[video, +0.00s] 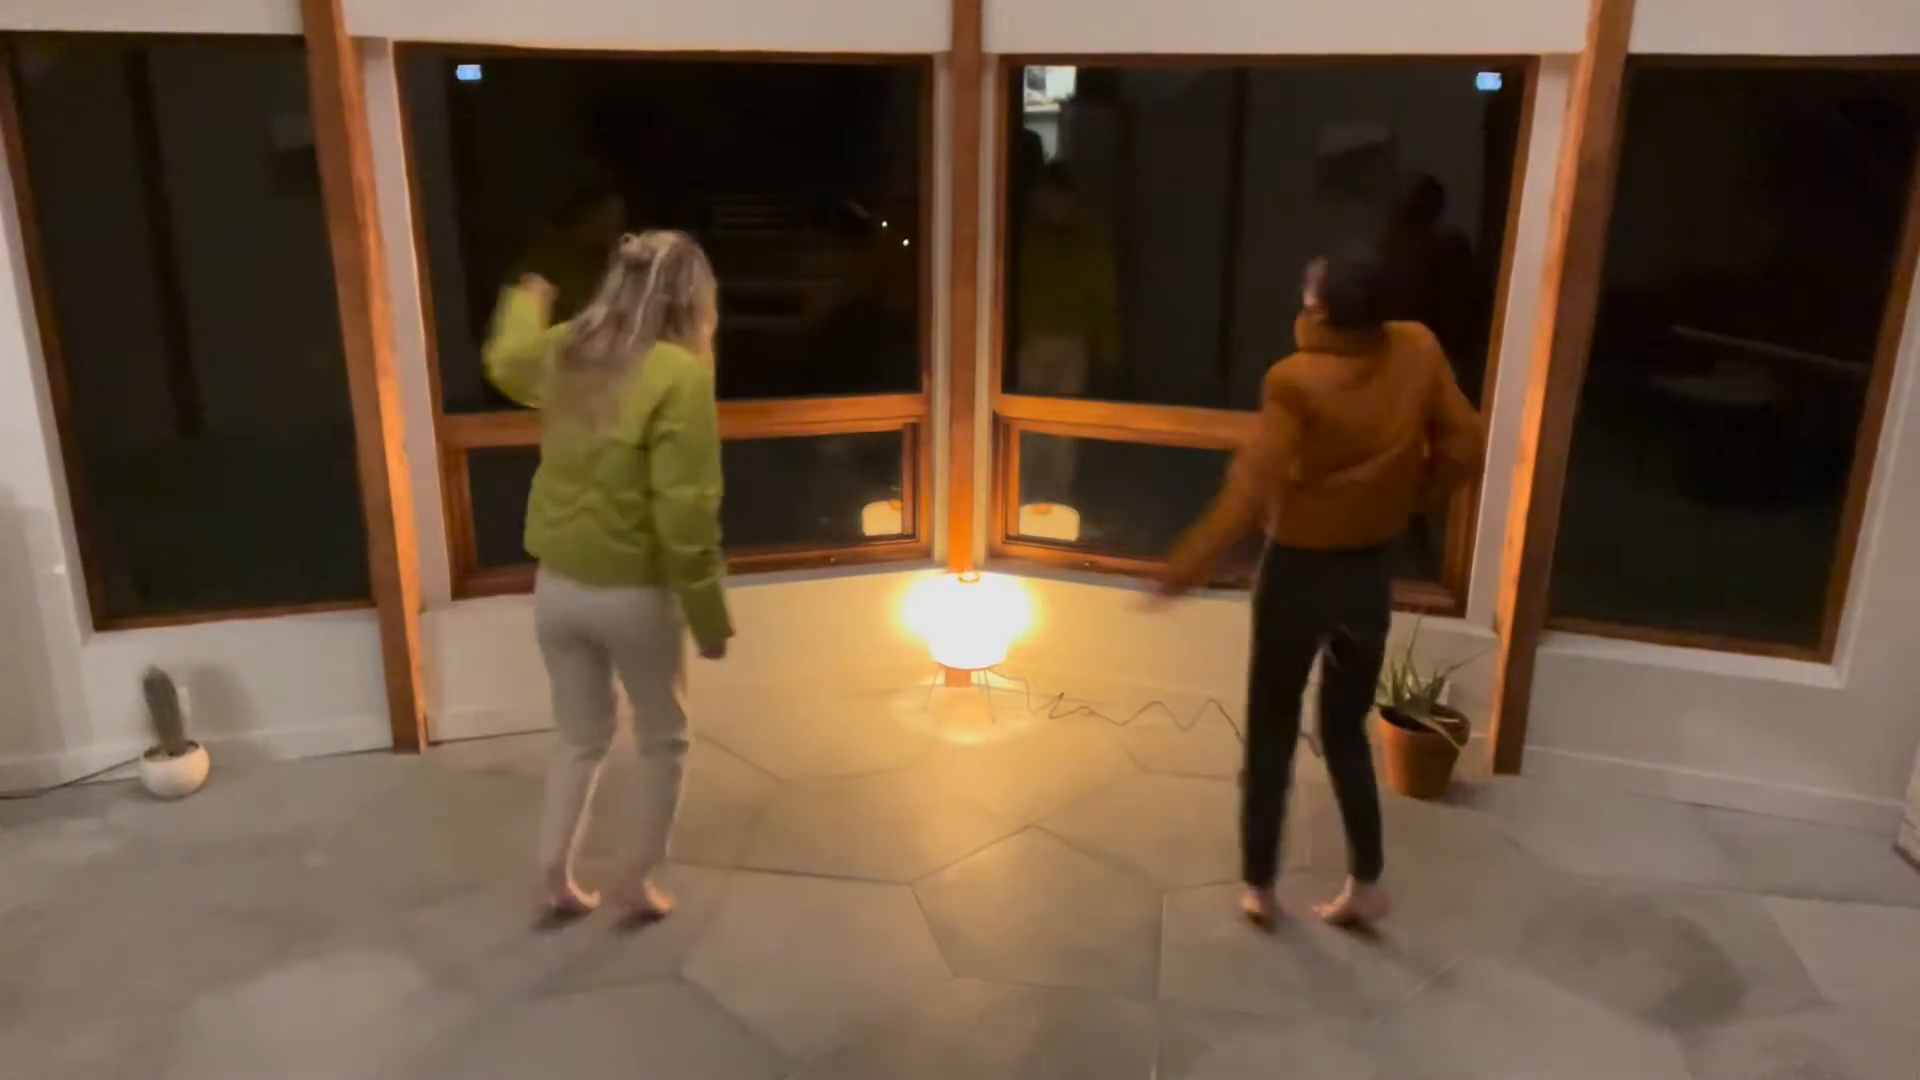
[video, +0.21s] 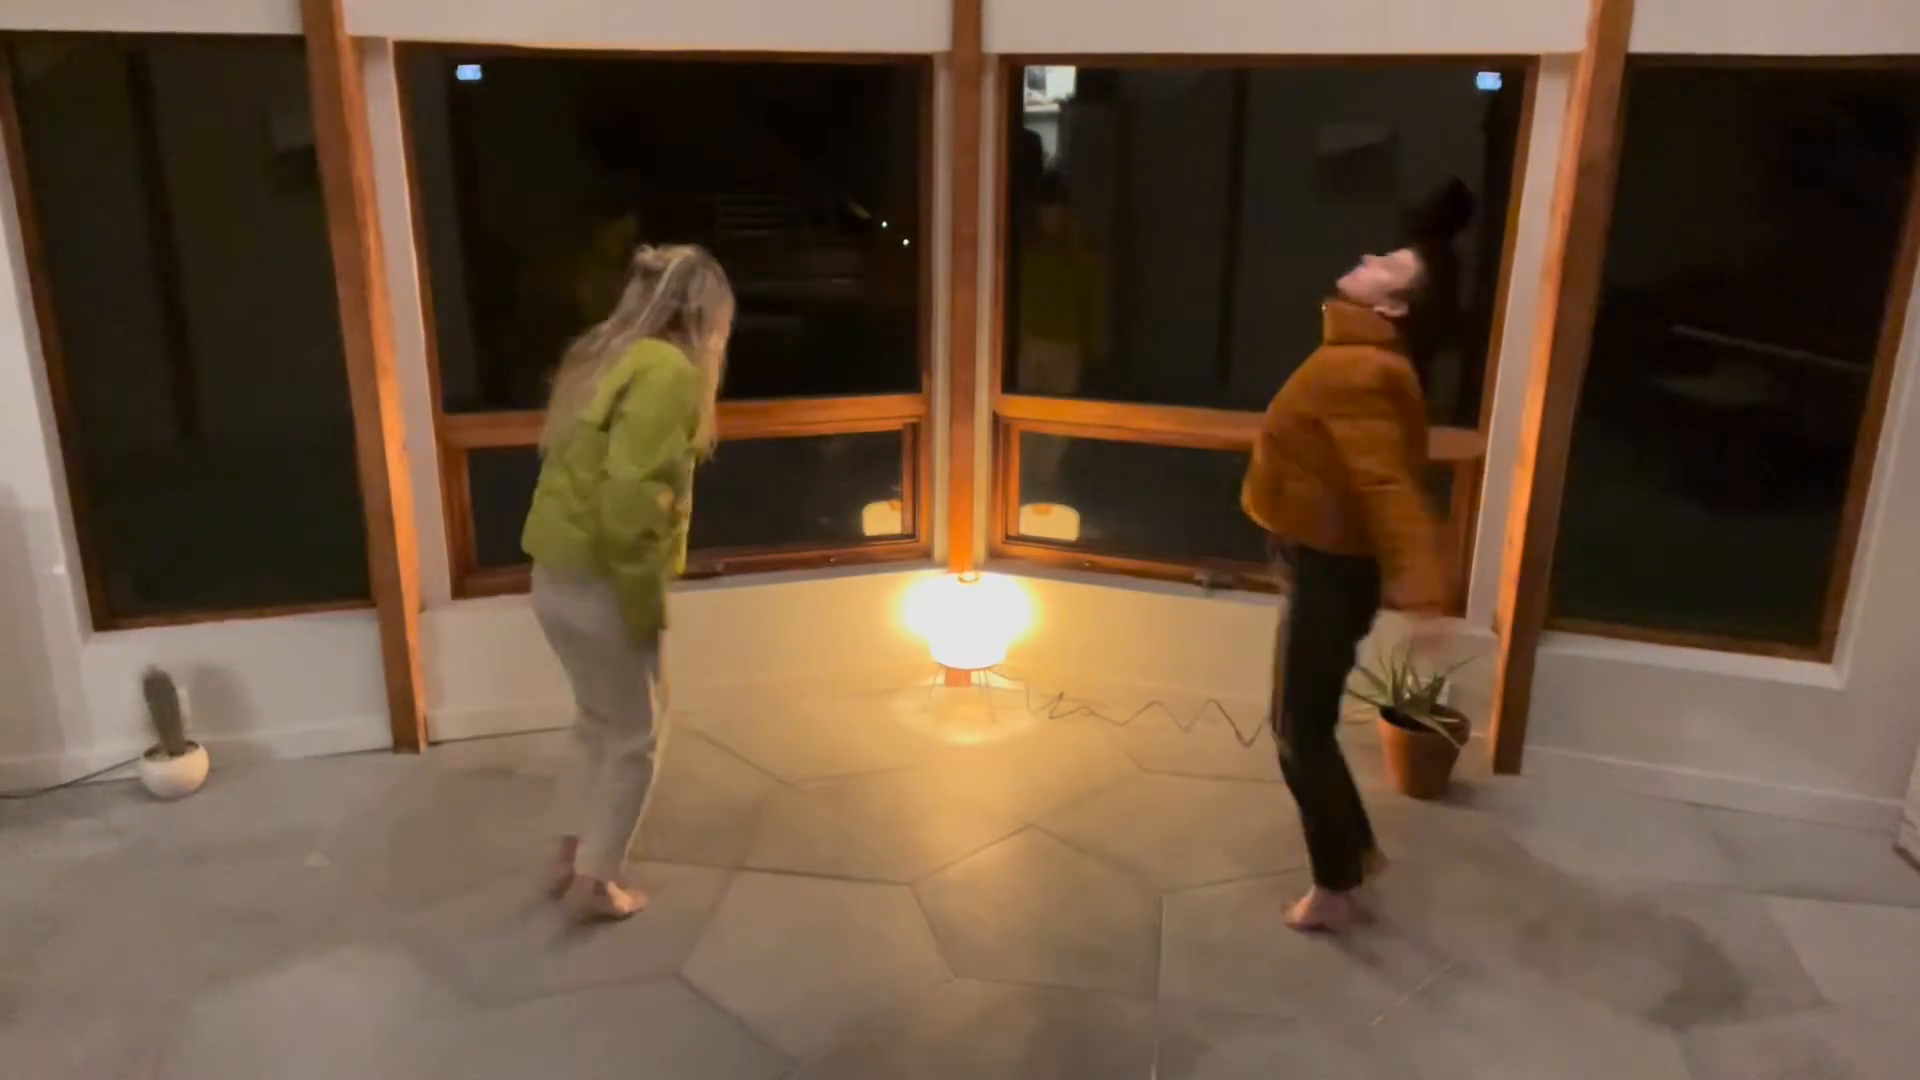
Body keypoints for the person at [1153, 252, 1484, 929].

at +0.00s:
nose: (1301, 308)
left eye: (1308, 299)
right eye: (1307, 296)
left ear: (1326, 310)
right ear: (1367, 306)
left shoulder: (1294, 381)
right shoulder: (1416, 348)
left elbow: (1248, 496)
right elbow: (1467, 443)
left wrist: (1179, 571)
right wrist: (1411, 494)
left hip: (1295, 576)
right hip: (1369, 575)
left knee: (1271, 730)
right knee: (1345, 726)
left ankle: (1258, 887)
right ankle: (1366, 885)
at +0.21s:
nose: (1366, 262)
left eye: (1384, 266)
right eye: (1381, 257)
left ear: (1394, 303)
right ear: (1382, 291)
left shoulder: (1361, 372)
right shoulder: (1353, 358)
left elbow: (1390, 487)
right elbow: (1386, 481)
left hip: (1331, 570)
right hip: (1322, 562)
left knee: (1300, 731)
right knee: (1301, 720)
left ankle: (1337, 884)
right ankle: (1353, 851)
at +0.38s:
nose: (1347, 260)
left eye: (1367, 262)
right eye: (1350, 256)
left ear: (1390, 298)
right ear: (1332, 286)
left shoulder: (1399, 362)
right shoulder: (1302, 354)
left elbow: (1473, 462)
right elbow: (1296, 445)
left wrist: (1522, 559)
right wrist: (1261, 494)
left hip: (1366, 566)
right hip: (1301, 560)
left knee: (1351, 730)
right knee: (1308, 731)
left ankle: (1349, 885)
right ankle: (1341, 856)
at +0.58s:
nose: (1350, 263)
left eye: (1347, 256)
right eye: (1332, 264)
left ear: (1370, 277)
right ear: (1312, 303)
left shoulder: (1423, 343)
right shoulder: (1294, 365)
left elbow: (1462, 433)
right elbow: (1237, 457)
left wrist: (1461, 525)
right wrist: (1157, 519)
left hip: (1389, 561)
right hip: (1310, 562)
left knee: (1377, 734)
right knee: (1304, 734)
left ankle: (1353, 876)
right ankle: (1283, 842)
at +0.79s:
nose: (1432, 302)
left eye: (1429, 290)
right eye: (1422, 291)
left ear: (1384, 297)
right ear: (1389, 298)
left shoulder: (1380, 356)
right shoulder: (1352, 362)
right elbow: (1300, 455)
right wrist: (1247, 545)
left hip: (1338, 553)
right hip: (1320, 556)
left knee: (1324, 705)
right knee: (1325, 709)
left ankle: (1272, 837)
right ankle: (1273, 846)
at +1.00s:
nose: (1426, 316)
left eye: (1427, 305)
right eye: (1429, 305)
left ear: (1366, 284)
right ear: (1417, 302)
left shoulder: (1324, 330)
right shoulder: (1390, 355)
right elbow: (1396, 475)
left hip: (1281, 537)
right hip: (1333, 550)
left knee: (1281, 695)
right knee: (1323, 708)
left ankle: (1253, 819)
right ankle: (1274, 850)